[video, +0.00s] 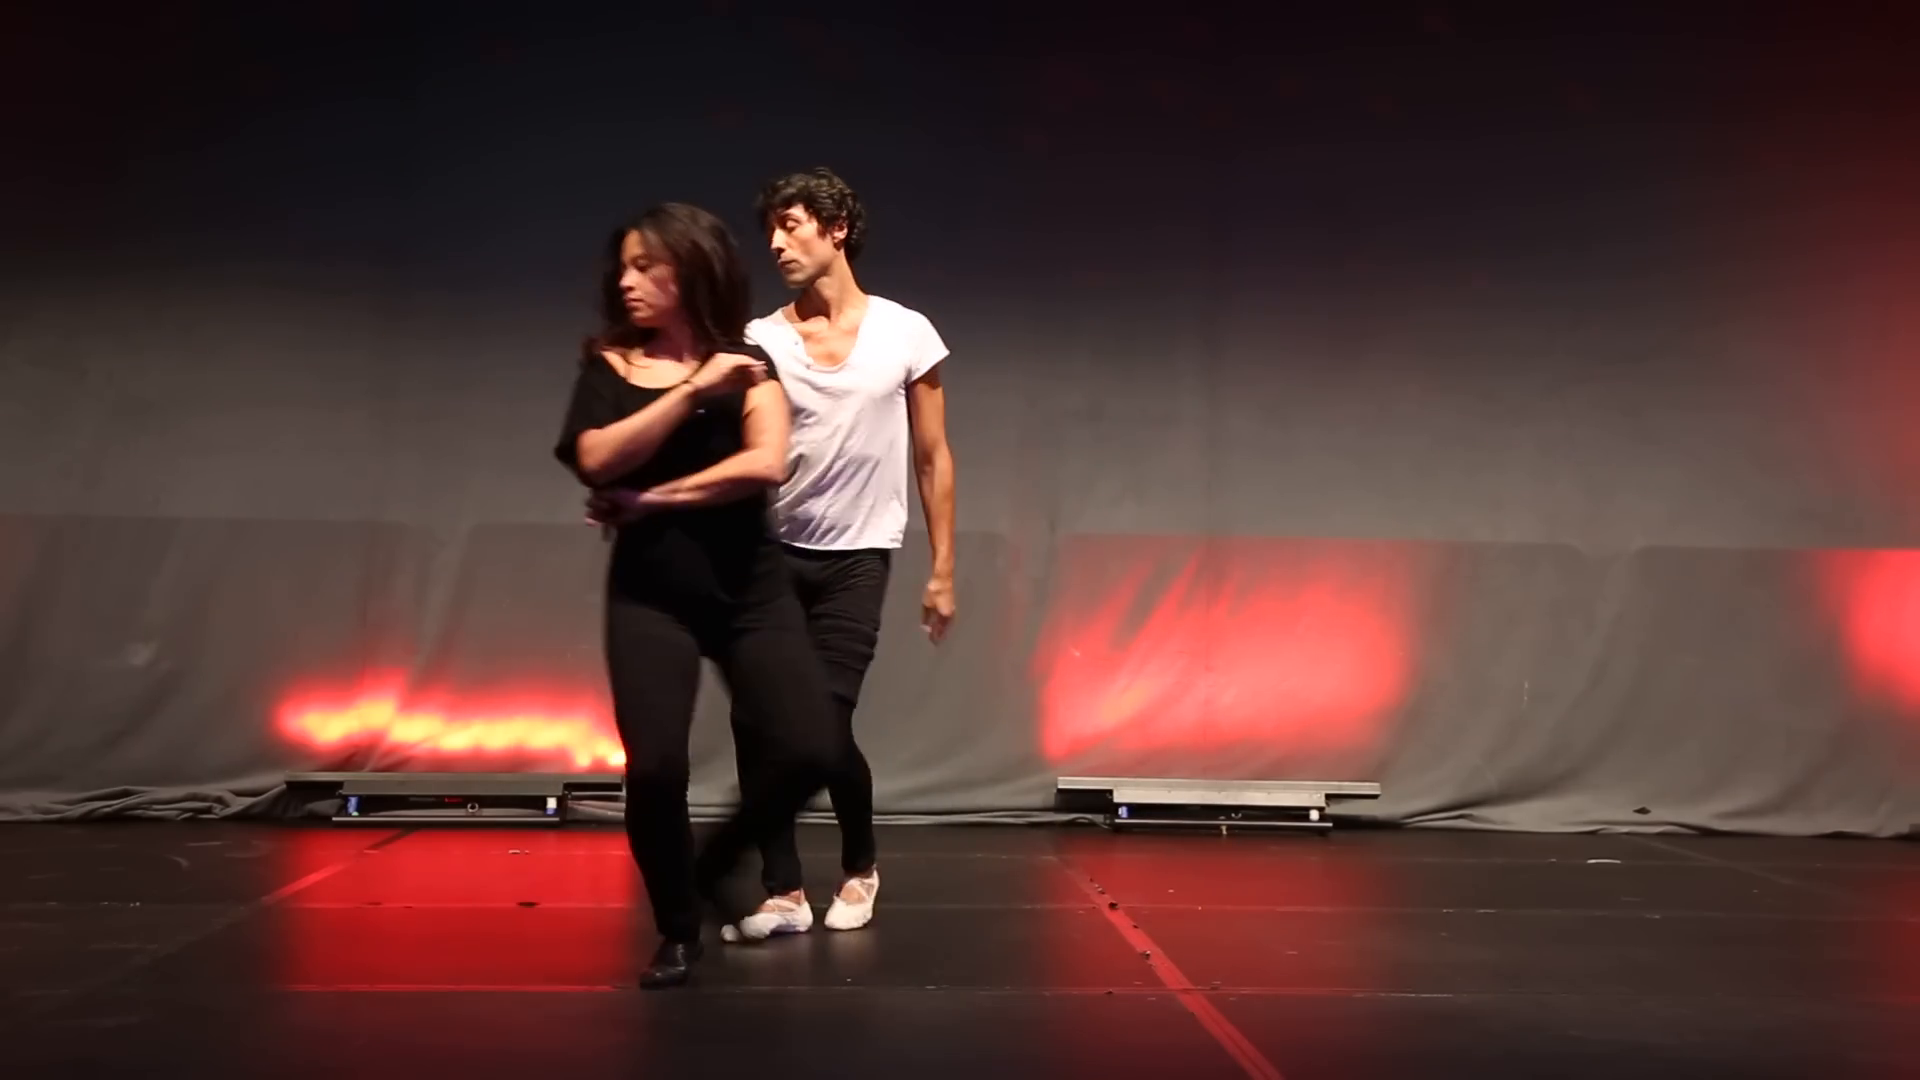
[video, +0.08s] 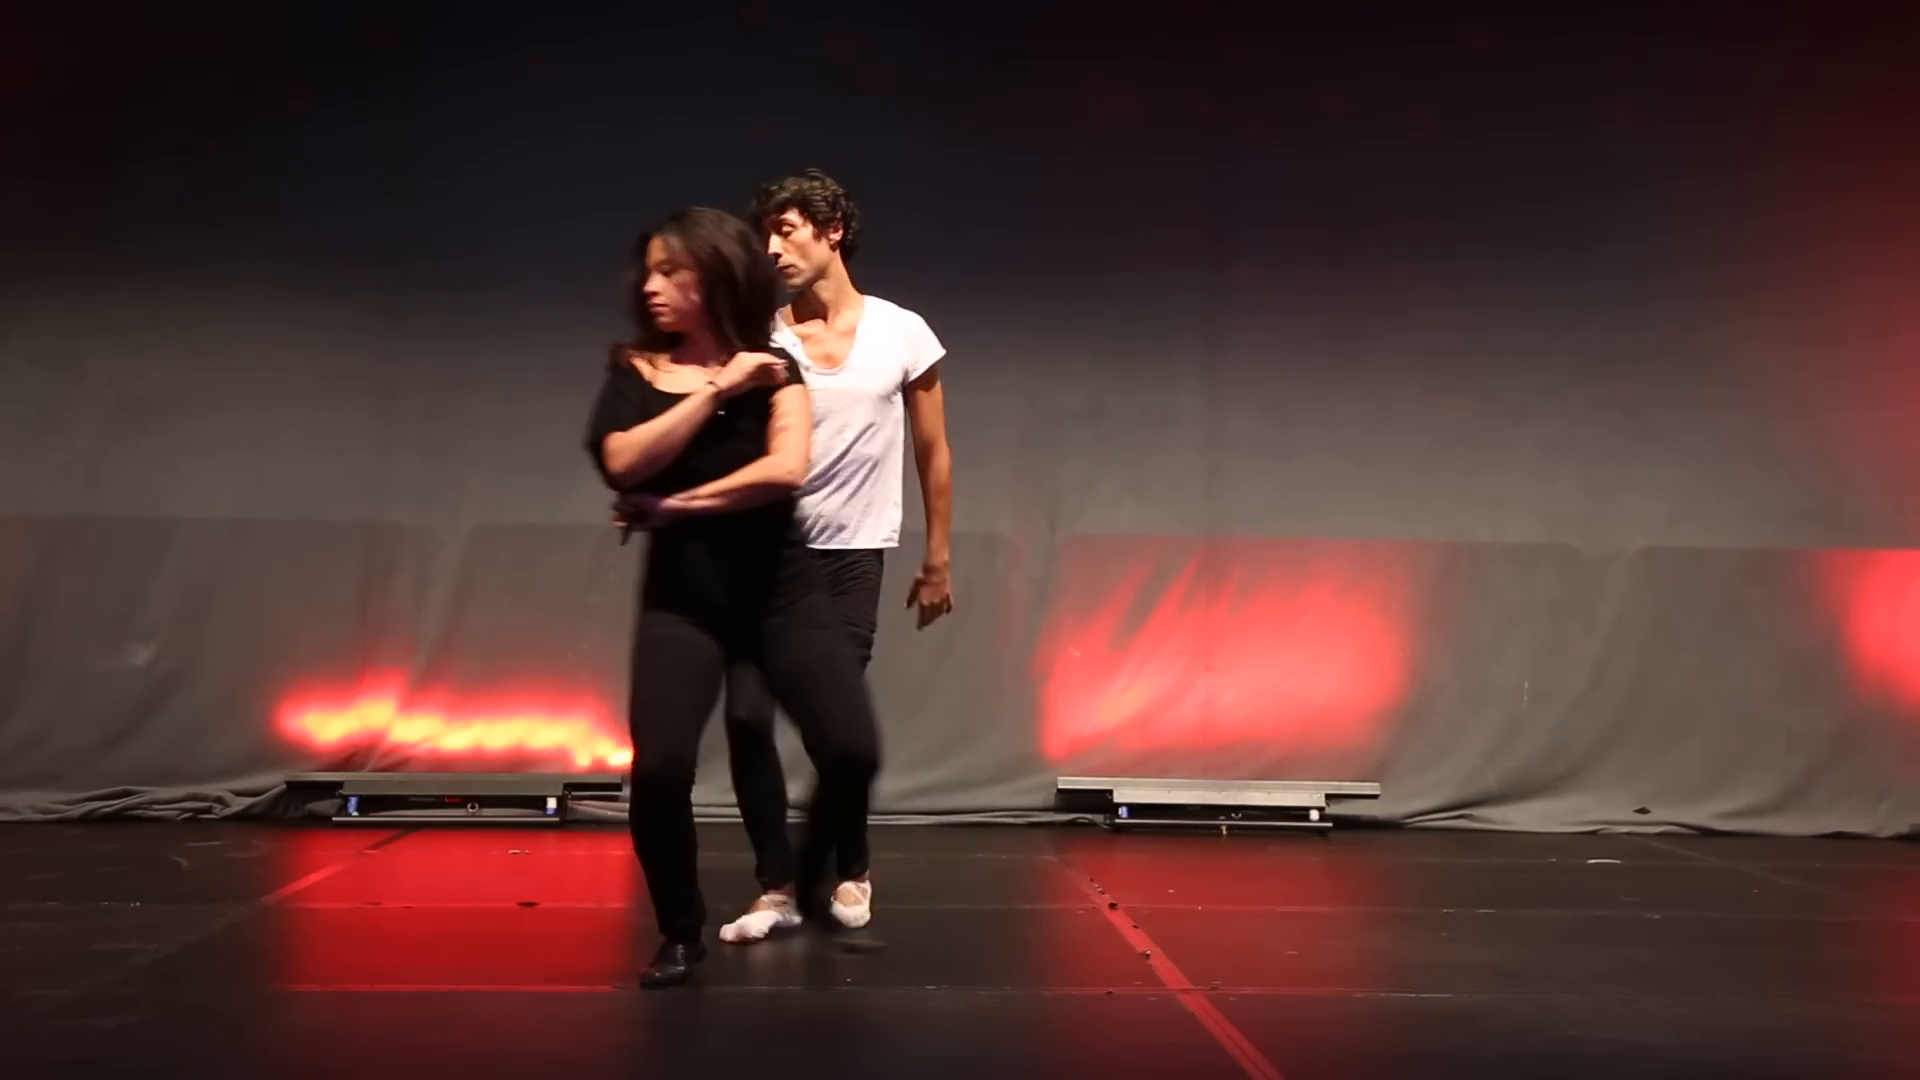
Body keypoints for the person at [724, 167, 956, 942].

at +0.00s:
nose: (778, 244)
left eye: (792, 228)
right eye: (773, 232)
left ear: (839, 232)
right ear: (777, 247)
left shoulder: (905, 332)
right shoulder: (761, 340)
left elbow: (934, 457)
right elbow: (736, 449)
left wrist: (942, 570)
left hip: (857, 560)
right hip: (772, 557)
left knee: (825, 727)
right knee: (761, 724)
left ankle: (859, 869)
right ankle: (783, 891)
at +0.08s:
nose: (774, 248)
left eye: (787, 232)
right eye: (769, 236)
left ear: (834, 234)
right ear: (770, 250)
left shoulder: (901, 332)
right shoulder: (763, 335)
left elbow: (934, 450)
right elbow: (727, 435)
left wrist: (938, 559)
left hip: (850, 554)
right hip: (761, 549)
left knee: (835, 720)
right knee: (747, 714)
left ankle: (851, 868)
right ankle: (777, 887)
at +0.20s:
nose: (776, 255)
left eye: (787, 238)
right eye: (767, 243)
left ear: (820, 237)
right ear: (765, 252)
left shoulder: (886, 332)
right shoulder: (738, 333)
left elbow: (924, 450)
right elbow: (690, 447)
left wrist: (920, 555)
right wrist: (758, 382)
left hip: (854, 556)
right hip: (760, 556)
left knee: (845, 729)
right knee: (711, 718)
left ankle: (850, 881)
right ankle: (753, 867)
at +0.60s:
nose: (703, 242)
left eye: (715, 225)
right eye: (699, 229)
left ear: (760, 222)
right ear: (723, 235)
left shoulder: (805, 302)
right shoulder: (729, 333)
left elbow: (849, 429)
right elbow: (713, 440)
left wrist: (875, 532)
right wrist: (711, 494)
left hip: (794, 538)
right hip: (748, 541)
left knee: (730, 714)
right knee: (724, 718)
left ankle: (847, 820)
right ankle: (782, 897)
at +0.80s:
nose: (704, 242)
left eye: (704, 231)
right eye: (705, 231)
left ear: (720, 228)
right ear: (777, 230)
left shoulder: (714, 286)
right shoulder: (823, 317)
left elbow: (741, 398)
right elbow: (819, 441)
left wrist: (817, 465)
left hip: (739, 534)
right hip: (796, 541)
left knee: (644, 683)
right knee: (742, 711)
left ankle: (788, 785)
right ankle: (779, 899)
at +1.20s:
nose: (789, 241)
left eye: (787, 228)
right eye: (790, 229)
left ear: (712, 216)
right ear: (776, 226)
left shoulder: (651, 279)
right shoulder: (805, 320)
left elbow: (613, 392)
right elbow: (838, 458)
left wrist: (715, 442)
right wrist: (887, 530)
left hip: (699, 526)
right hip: (781, 534)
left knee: (670, 723)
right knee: (772, 717)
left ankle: (737, 910)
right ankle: (781, 904)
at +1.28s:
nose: (781, 240)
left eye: (781, 229)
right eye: (783, 229)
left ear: (701, 212)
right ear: (770, 225)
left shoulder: (644, 273)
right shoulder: (795, 321)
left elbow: (618, 382)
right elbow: (803, 460)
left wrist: (717, 449)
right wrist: (823, 545)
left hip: (698, 532)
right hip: (773, 535)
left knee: (649, 727)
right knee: (751, 713)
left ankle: (728, 924)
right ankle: (779, 900)